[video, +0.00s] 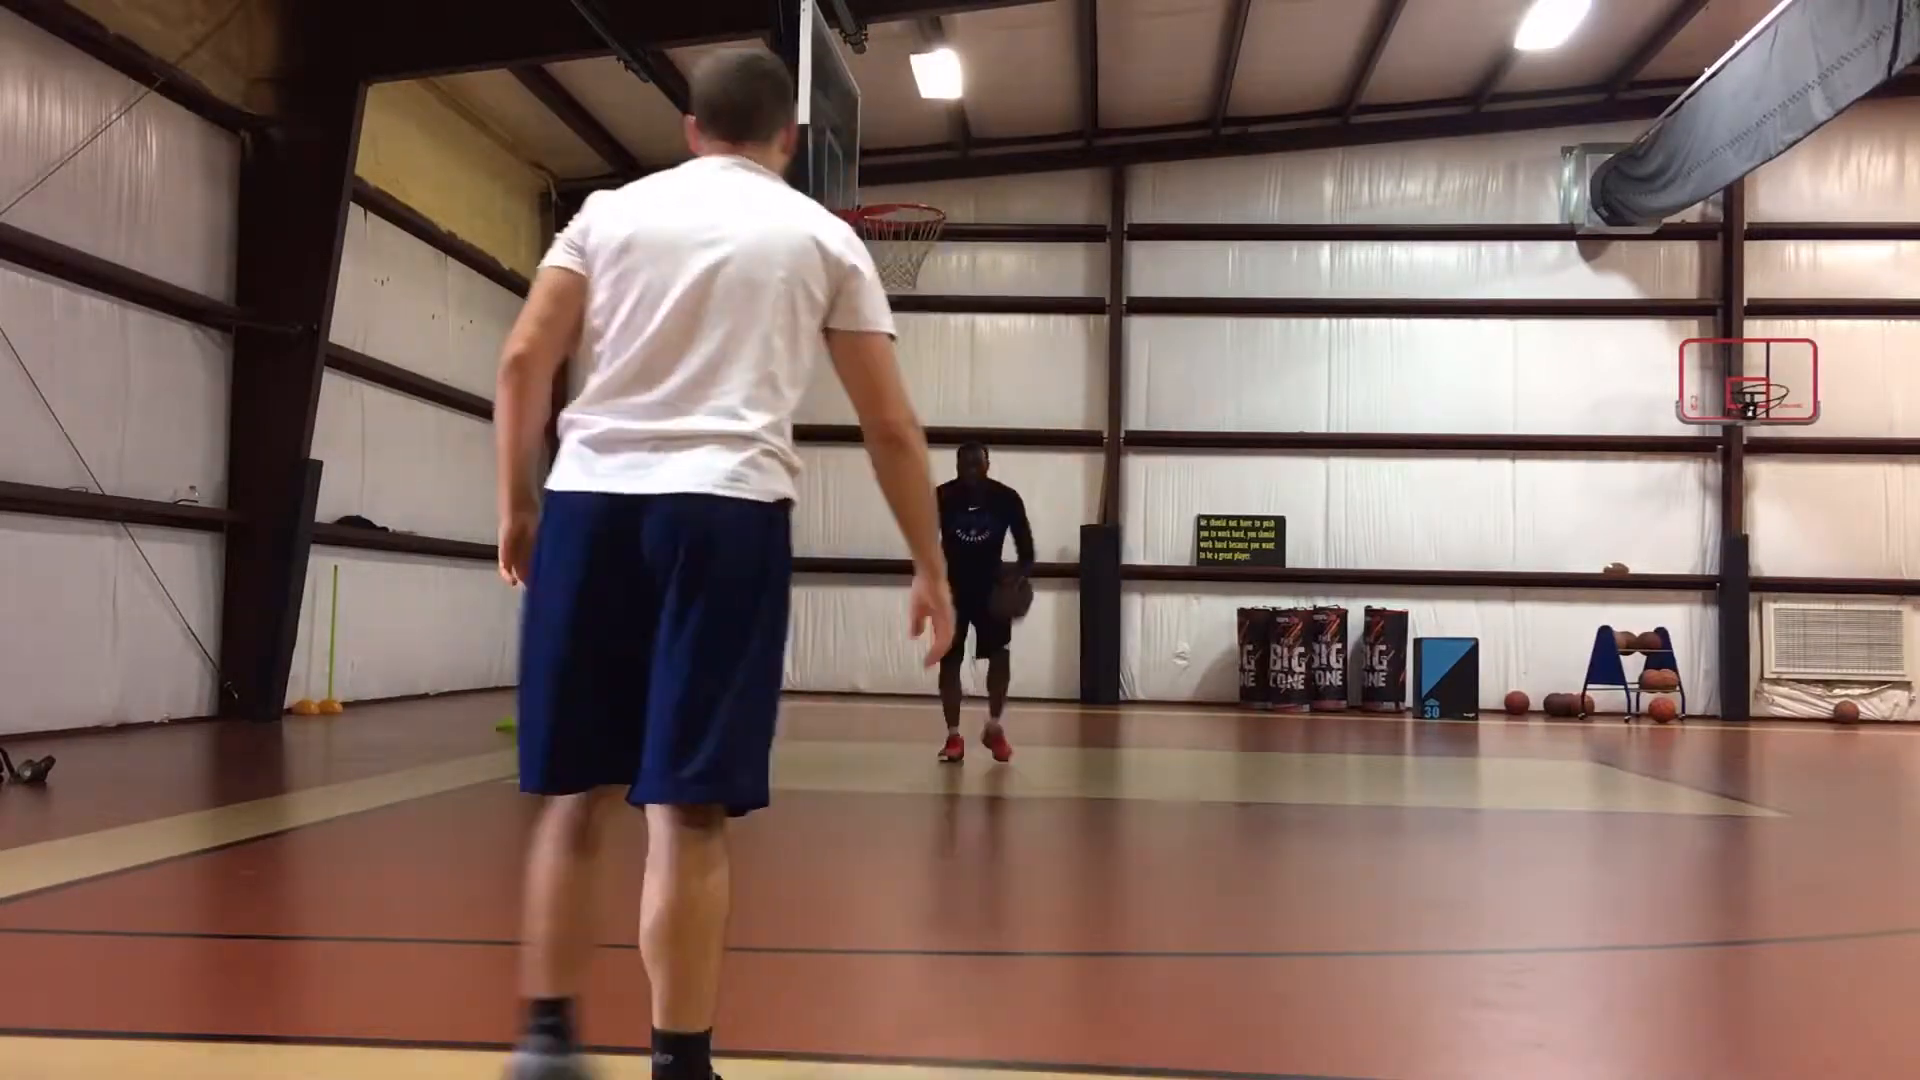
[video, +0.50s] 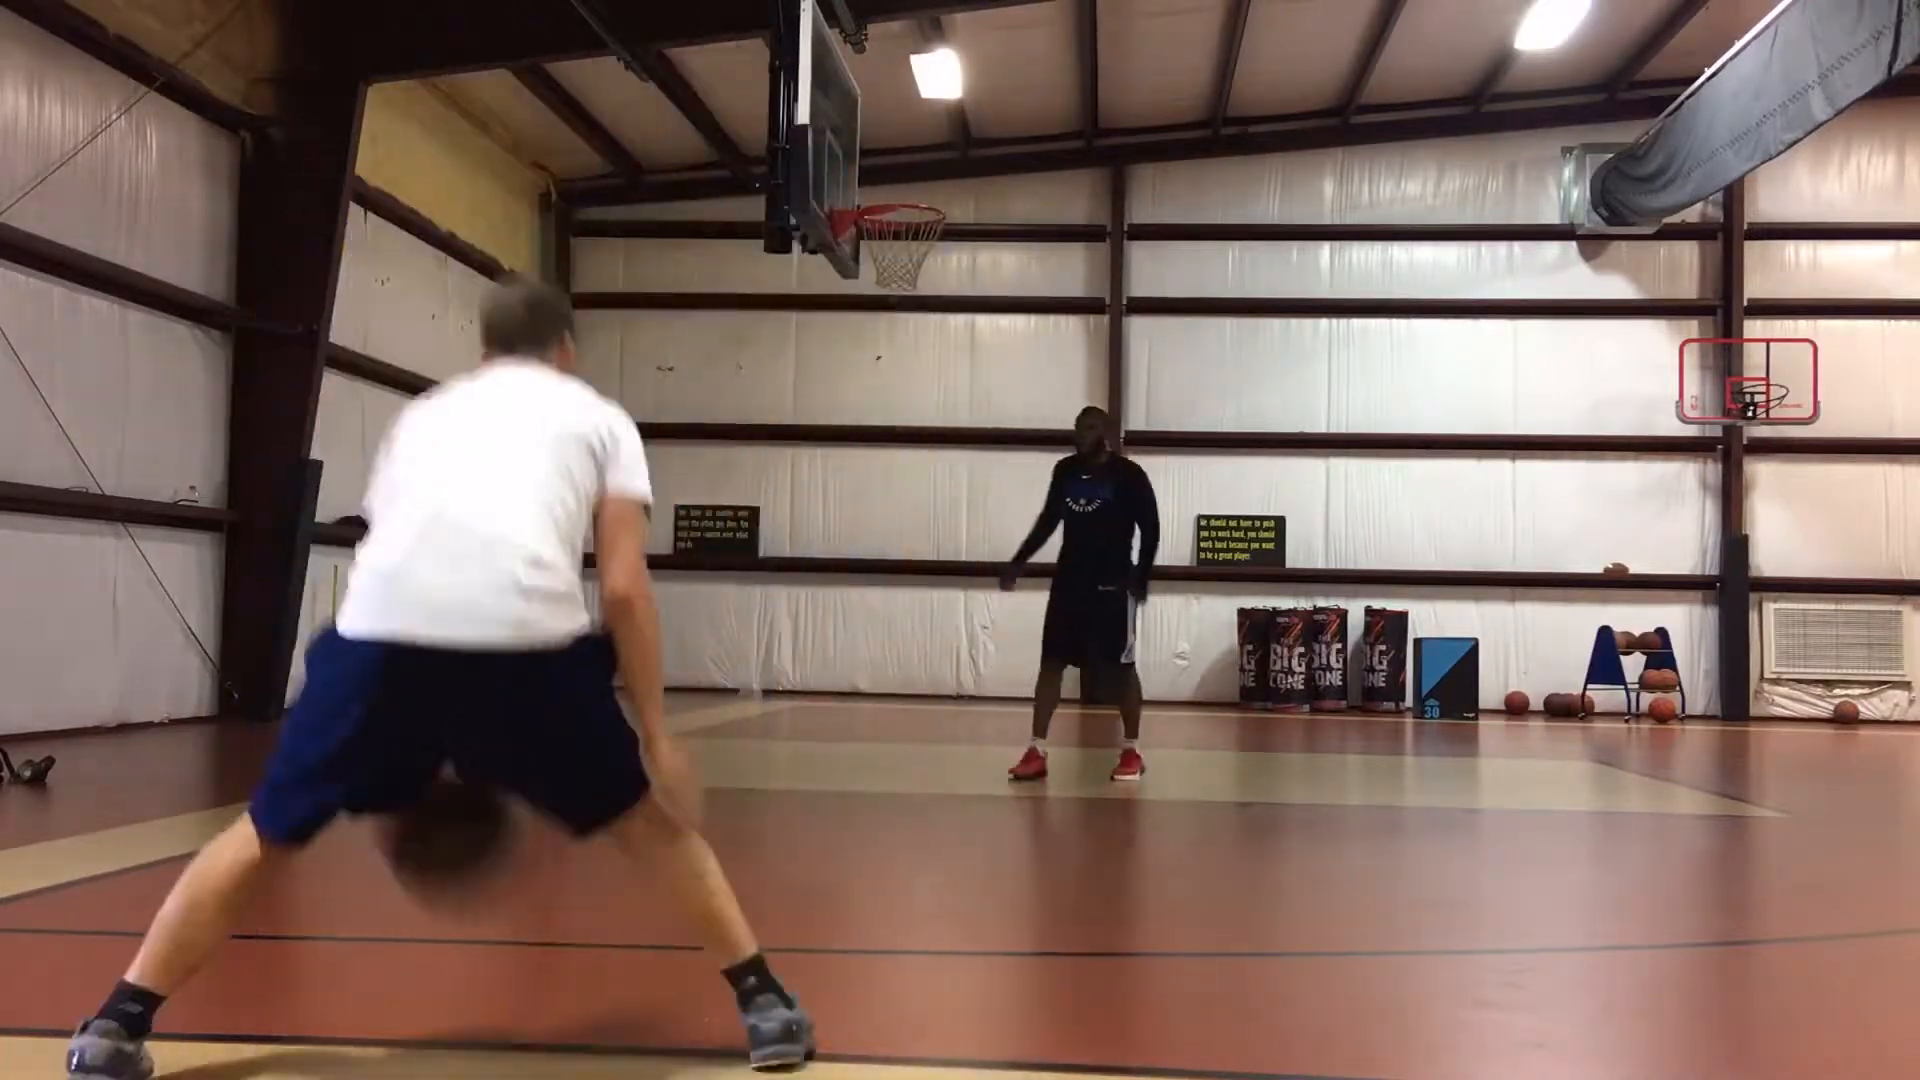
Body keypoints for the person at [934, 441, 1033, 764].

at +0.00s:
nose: (972, 471)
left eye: (977, 465)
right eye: (967, 465)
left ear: (987, 464)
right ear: (958, 466)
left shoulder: (1006, 498)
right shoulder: (942, 496)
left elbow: (1026, 550)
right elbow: (927, 540)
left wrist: (1018, 577)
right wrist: (932, 580)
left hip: (991, 590)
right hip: (952, 588)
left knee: (1000, 657)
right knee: (950, 662)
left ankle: (994, 725)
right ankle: (953, 735)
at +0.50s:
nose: (1083, 435)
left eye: (1090, 428)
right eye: (1080, 428)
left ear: (1106, 433)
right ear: (1075, 433)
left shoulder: (1129, 474)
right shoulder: (1065, 471)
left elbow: (1150, 529)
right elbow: (1048, 520)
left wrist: (1141, 576)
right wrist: (1017, 561)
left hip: (1113, 581)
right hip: (1070, 580)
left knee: (1122, 668)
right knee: (1051, 663)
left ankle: (1131, 751)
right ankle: (1036, 751)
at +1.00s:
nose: (1120, 435)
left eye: (1129, 431)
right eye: (1120, 428)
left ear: (1147, 438)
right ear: (1117, 432)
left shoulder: (1156, 471)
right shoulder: (1114, 472)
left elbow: (1162, 520)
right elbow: (1107, 526)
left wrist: (1123, 538)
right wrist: (1082, 565)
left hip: (1136, 580)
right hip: (1104, 578)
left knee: (1136, 664)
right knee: (1101, 666)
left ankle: (1134, 749)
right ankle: (1146, 726)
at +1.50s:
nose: (1113, 450)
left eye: (1118, 443)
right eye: (1114, 443)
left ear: (1135, 445)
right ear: (1141, 446)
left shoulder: (1141, 480)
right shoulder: (1147, 479)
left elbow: (1135, 539)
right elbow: (1140, 538)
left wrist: (1118, 588)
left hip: (1132, 588)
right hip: (1144, 587)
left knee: (1112, 662)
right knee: (1148, 662)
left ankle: (1119, 744)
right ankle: (1175, 743)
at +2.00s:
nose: (1065, 460)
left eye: (1068, 453)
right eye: (1065, 453)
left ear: (1084, 452)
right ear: (1096, 452)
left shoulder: (1078, 487)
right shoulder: (1121, 487)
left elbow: (1082, 545)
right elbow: (1129, 544)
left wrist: (1080, 596)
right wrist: (1115, 580)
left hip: (1090, 592)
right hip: (1122, 589)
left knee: (1080, 665)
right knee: (1125, 662)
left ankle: (1077, 740)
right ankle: (1163, 731)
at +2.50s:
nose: (1037, 448)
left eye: (1044, 444)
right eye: (1041, 443)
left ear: (1059, 454)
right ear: (1063, 455)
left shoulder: (1047, 489)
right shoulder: (1073, 487)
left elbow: (1025, 537)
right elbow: (1068, 543)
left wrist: (992, 571)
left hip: (1053, 588)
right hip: (1060, 586)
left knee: (1059, 660)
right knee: (1037, 658)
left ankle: (1075, 740)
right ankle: (1037, 733)